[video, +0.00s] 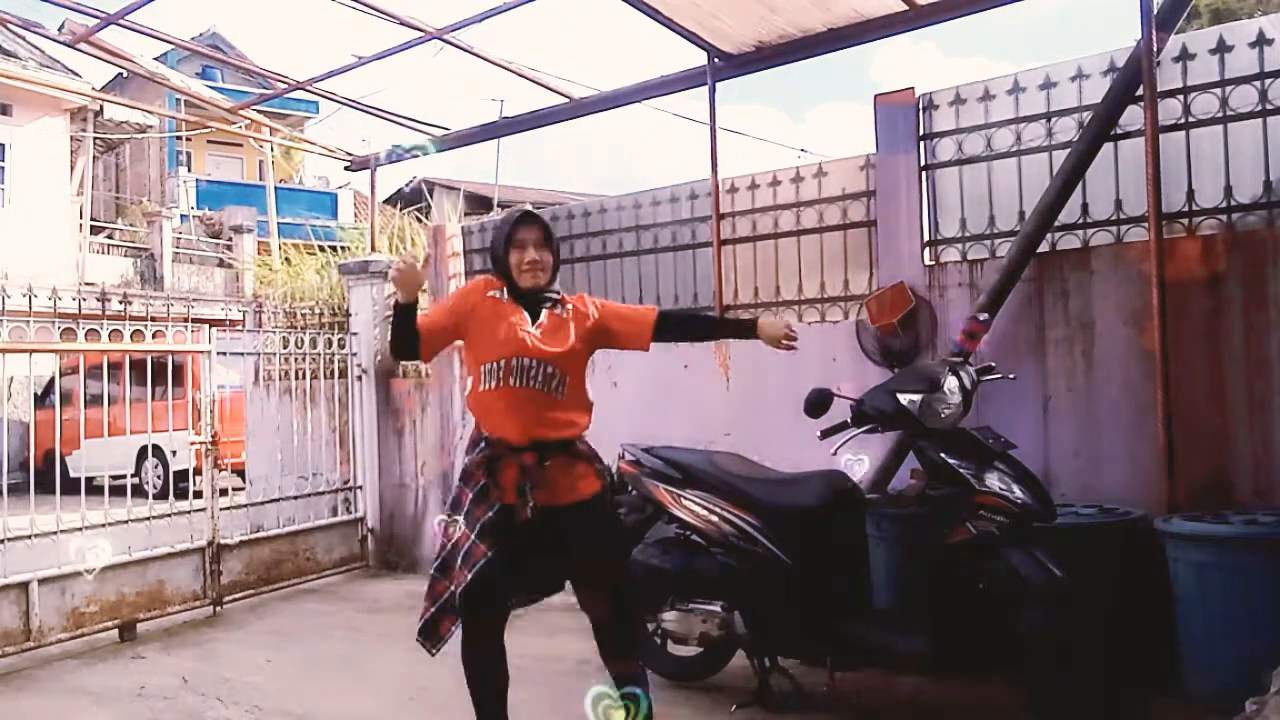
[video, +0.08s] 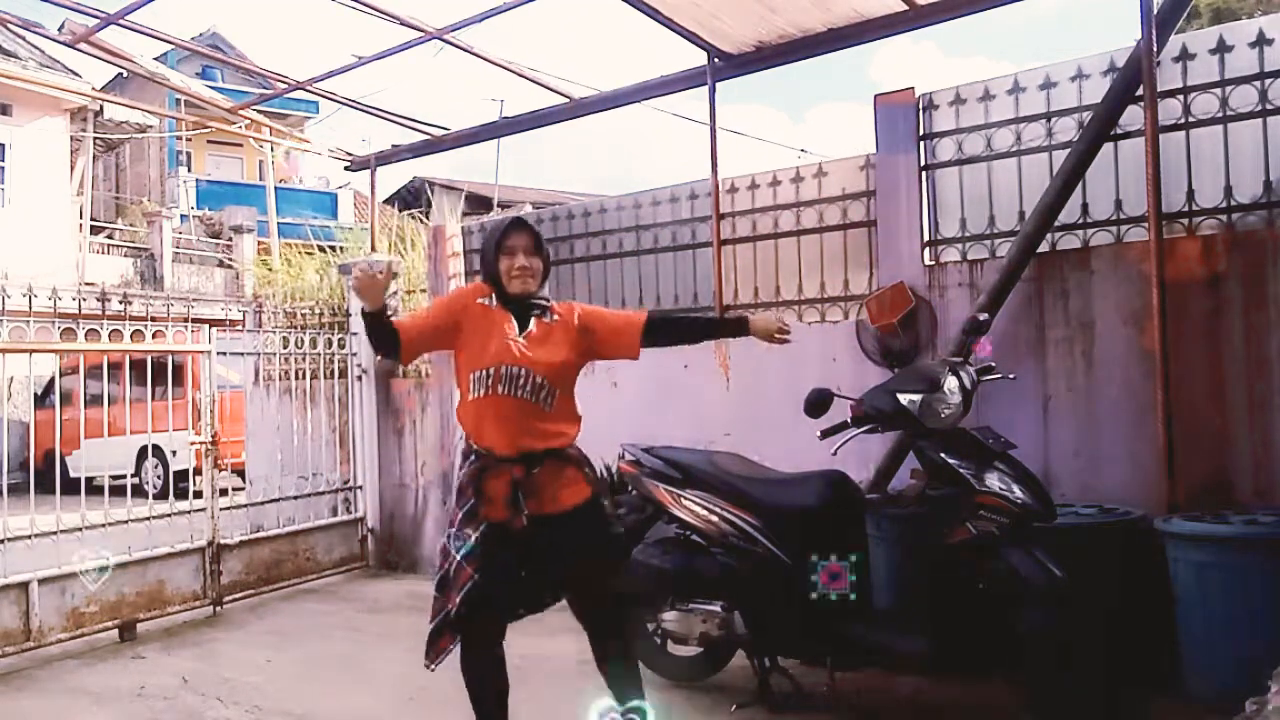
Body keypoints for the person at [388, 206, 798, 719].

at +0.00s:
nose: (533, 256)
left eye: (542, 246)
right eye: (520, 246)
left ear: (555, 254)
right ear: (502, 257)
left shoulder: (582, 313)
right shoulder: (476, 301)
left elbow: (664, 323)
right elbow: (406, 350)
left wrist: (753, 327)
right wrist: (406, 299)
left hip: (572, 475)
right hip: (498, 481)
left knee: (609, 605)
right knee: (480, 612)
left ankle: (638, 711)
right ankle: (491, 717)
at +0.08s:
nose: (521, 262)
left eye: (531, 253)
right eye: (509, 253)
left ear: (544, 263)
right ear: (489, 263)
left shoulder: (572, 320)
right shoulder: (466, 307)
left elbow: (654, 326)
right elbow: (392, 348)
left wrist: (744, 324)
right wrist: (372, 307)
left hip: (562, 482)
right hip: (488, 487)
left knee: (602, 612)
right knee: (477, 626)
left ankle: (635, 713)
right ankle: (490, 717)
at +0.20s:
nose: (507, 272)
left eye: (517, 263)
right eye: (496, 263)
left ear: (530, 271)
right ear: (476, 271)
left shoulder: (556, 325)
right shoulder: (450, 321)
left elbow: (633, 331)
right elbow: (378, 344)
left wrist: (717, 325)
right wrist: (304, 343)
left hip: (544, 502)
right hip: (469, 508)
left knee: (583, 615)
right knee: (467, 639)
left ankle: (632, 707)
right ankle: (492, 719)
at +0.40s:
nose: (499, 283)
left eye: (508, 273)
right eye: (487, 275)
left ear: (524, 282)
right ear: (471, 286)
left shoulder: (555, 338)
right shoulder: (449, 343)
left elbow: (618, 337)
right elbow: (376, 383)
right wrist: (336, 326)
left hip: (532, 504)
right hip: (460, 508)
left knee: (580, 629)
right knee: (460, 644)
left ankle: (581, 714)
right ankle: (488, 716)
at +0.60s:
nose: (484, 248)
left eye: (496, 238)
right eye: (473, 239)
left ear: (514, 249)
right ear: (458, 252)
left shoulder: (534, 311)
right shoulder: (439, 310)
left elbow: (621, 330)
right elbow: (393, 324)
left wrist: (630, 265)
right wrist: (413, 270)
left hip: (532, 487)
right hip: (463, 497)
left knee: (565, 619)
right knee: (474, 636)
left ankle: (613, 715)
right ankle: (491, 717)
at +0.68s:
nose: (485, 244)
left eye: (498, 235)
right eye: (474, 234)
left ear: (516, 245)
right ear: (460, 244)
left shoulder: (538, 309)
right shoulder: (435, 291)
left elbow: (629, 315)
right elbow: (379, 290)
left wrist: (673, 261)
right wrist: (371, 274)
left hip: (540, 493)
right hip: (469, 501)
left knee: (584, 624)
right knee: (478, 640)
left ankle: (620, 715)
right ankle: (493, 717)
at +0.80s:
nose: (491, 255)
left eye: (504, 245)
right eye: (481, 245)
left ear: (524, 255)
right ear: (466, 255)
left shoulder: (546, 310)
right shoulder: (443, 304)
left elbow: (622, 310)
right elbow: (369, 300)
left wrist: (678, 267)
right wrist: (335, 265)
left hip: (549, 496)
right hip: (479, 506)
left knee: (587, 631)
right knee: (475, 646)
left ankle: (622, 714)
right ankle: (496, 716)